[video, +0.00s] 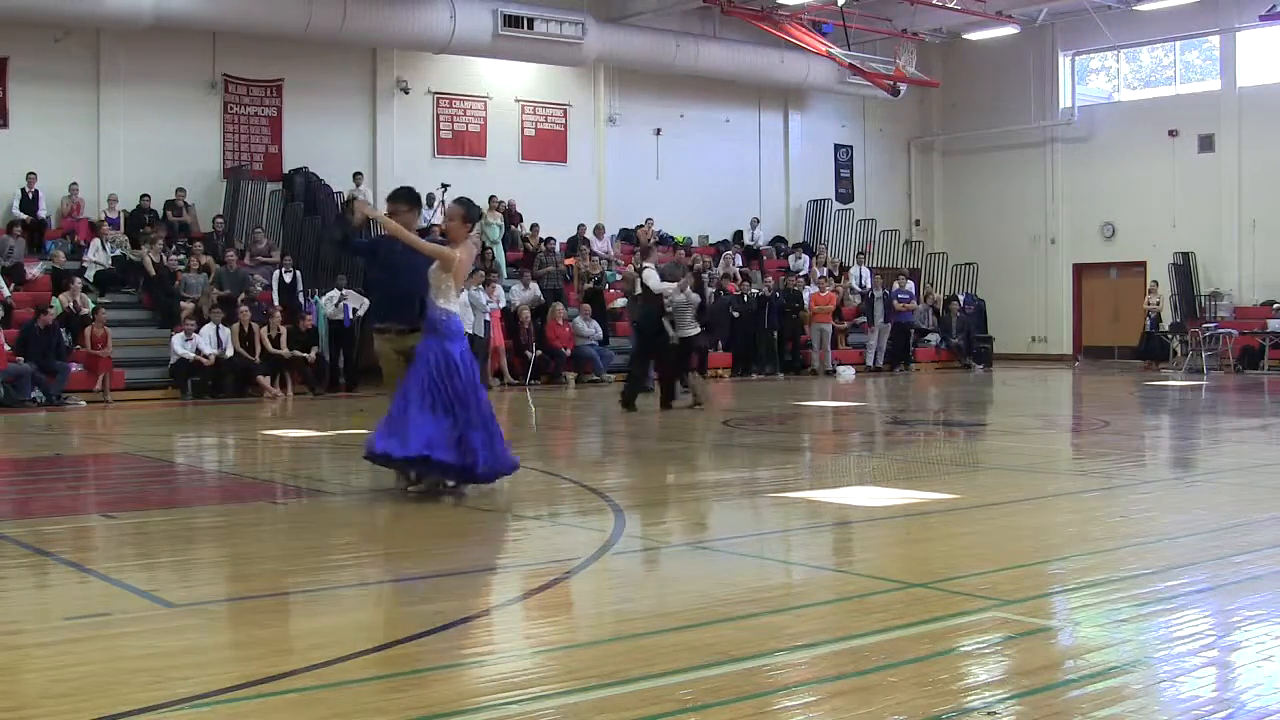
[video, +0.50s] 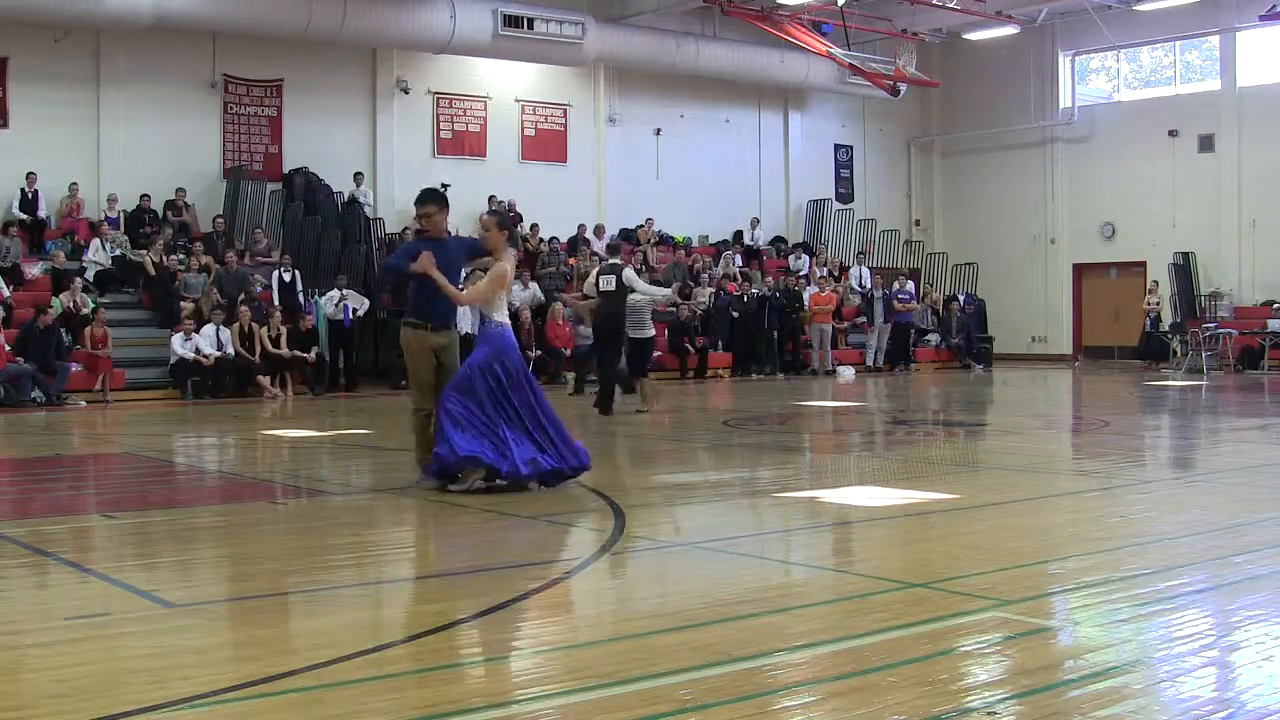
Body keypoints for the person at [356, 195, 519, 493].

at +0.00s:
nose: (444, 224)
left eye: (450, 219)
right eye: (445, 218)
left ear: (465, 225)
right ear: (465, 225)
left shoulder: (451, 255)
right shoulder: (469, 247)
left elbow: (410, 238)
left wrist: (375, 214)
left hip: (442, 333)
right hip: (451, 330)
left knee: (427, 396)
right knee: (451, 398)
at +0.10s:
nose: (456, 224)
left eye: (461, 219)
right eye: (457, 218)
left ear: (476, 225)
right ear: (476, 225)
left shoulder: (463, 254)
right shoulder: (481, 248)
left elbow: (418, 245)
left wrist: (384, 226)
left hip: (456, 330)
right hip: (467, 329)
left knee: (441, 395)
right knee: (463, 396)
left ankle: (457, 463)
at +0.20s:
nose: (464, 225)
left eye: (469, 220)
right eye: (465, 219)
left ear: (485, 226)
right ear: (484, 226)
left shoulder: (473, 255)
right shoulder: (491, 251)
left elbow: (427, 259)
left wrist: (391, 245)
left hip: (468, 329)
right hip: (481, 326)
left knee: (460, 395)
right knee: (472, 394)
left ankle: (472, 464)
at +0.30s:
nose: (472, 227)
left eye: (477, 222)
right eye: (473, 221)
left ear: (493, 227)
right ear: (493, 227)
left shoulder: (485, 259)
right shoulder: (500, 253)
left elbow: (441, 283)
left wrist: (408, 266)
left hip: (478, 332)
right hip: (489, 329)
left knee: (463, 396)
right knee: (484, 396)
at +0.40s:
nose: (478, 230)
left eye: (483, 225)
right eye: (479, 225)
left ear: (499, 230)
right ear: (500, 230)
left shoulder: (495, 263)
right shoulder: (503, 256)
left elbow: (459, 299)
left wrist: (424, 278)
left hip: (486, 336)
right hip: (496, 333)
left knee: (455, 395)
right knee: (500, 399)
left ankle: (468, 464)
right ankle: (520, 460)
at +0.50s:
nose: (481, 236)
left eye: (486, 230)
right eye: (481, 230)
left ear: (503, 234)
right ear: (501, 235)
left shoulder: (502, 268)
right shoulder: (504, 262)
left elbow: (464, 299)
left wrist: (432, 271)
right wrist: (477, 280)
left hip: (495, 343)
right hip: (499, 340)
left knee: (451, 397)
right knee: (495, 402)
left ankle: (474, 464)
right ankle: (510, 466)